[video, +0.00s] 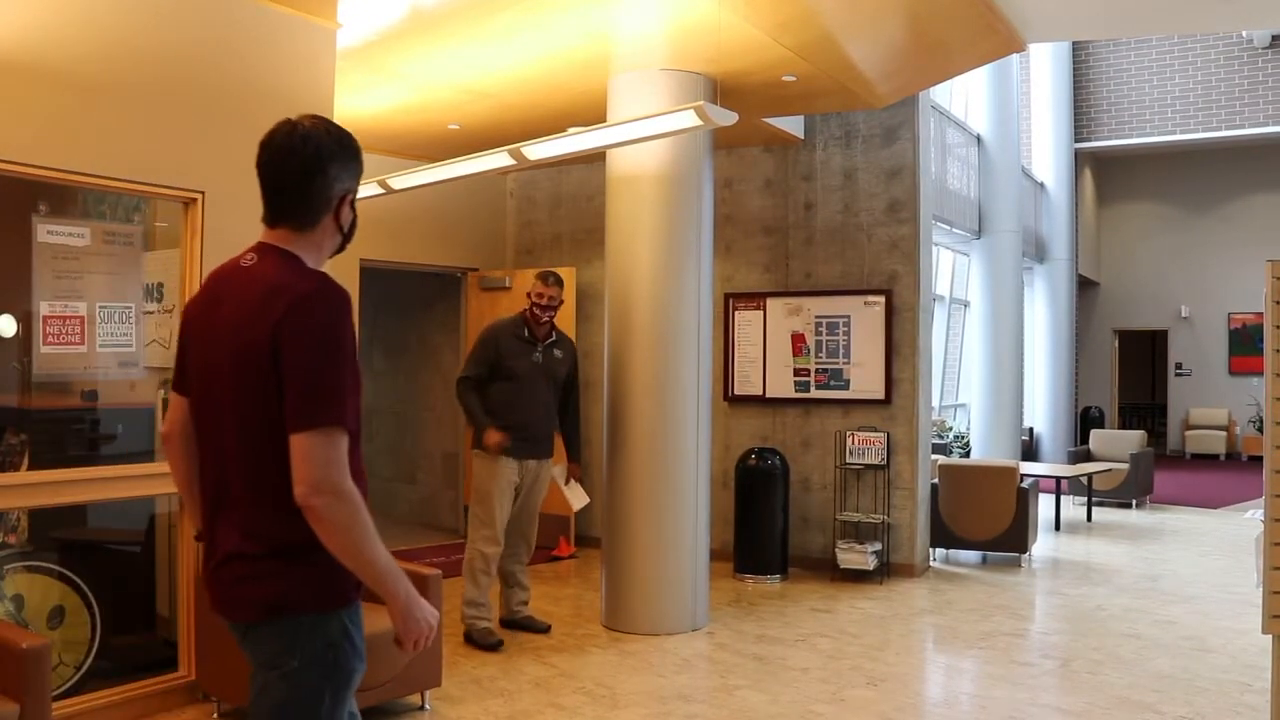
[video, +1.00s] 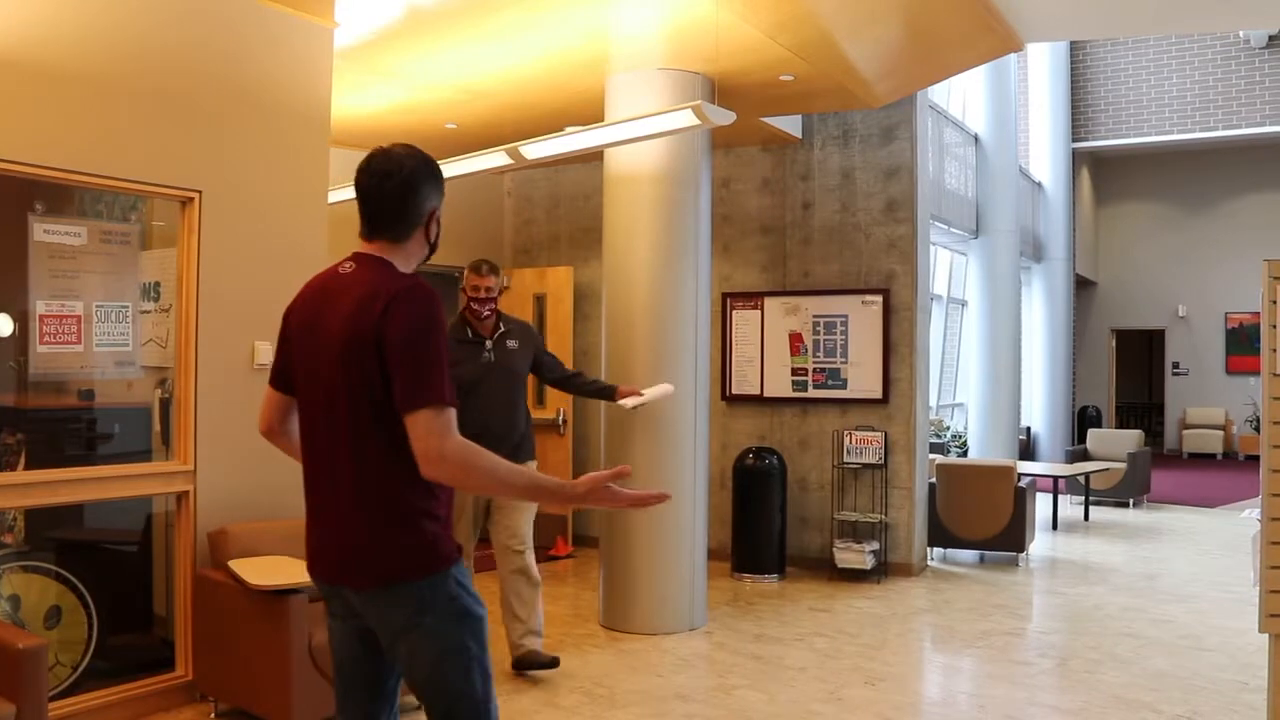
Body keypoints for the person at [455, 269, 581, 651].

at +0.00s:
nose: (541, 306)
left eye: (550, 301)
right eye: (537, 298)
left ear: (560, 303)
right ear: (527, 296)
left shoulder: (565, 349)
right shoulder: (498, 334)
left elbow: (569, 407)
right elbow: (466, 383)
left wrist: (574, 458)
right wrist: (483, 427)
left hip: (540, 456)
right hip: (497, 452)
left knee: (521, 538)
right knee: (487, 539)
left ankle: (515, 611)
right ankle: (477, 621)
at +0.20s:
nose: (530, 304)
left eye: (538, 299)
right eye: (525, 297)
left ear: (549, 302)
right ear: (515, 296)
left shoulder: (558, 347)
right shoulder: (487, 338)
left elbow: (565, 405)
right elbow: (459, 391)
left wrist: (572, 456)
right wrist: (455, 445)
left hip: (534, 457)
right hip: (487, 455)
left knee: (520, 538)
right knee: (477, 541)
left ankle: (514, 610)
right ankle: (467, 626)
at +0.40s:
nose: (512, 302)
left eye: (519, 296)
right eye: (506, 295)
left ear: (529, 300)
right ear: (494, 296)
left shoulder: (542, 342)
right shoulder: (470, 341)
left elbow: (556, 401)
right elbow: (444, 396)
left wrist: (569, 452)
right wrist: (436, 448)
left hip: (527, 458)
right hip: (477, 456)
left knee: (519, 539)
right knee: (470, 543)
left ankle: (515, 610)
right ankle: (464, 630)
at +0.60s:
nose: (491, 299)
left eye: (499, 292)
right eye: (485, 291)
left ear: (510, 294)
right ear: (474, 292)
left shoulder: (528, 338)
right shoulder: (452, 340)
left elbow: (549, 394)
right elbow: (425, 398)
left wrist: (578, 433)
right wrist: (414, 449)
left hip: (519, 458)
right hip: (463, 460)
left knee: (528, 534)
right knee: (462, 550)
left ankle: (517, 602)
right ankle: (461, 629)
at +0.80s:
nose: (481, 297)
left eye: (489, 290)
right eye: (474, 289)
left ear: (500, 292)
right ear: (462, 290)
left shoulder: (521, 336)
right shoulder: (440, 342)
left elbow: (553, 383)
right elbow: (423, 403)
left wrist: (598, 406)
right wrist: (426, 459)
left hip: (516, 459)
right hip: (459, 462)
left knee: (531, 537)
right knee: (457, 552)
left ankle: (518, 622)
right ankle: (462, 633)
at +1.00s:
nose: (481, 300)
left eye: (489, 293)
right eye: (474, 292)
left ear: (501, 291)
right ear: (462, 290)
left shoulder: (522, 334)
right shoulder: (444, 338)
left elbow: (561, 376)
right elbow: (426, 397)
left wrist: (614, 392)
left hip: (513, 461)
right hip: (460, 462)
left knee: (518, 554)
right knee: (454, 557)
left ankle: (526, 648)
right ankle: (441, 658)